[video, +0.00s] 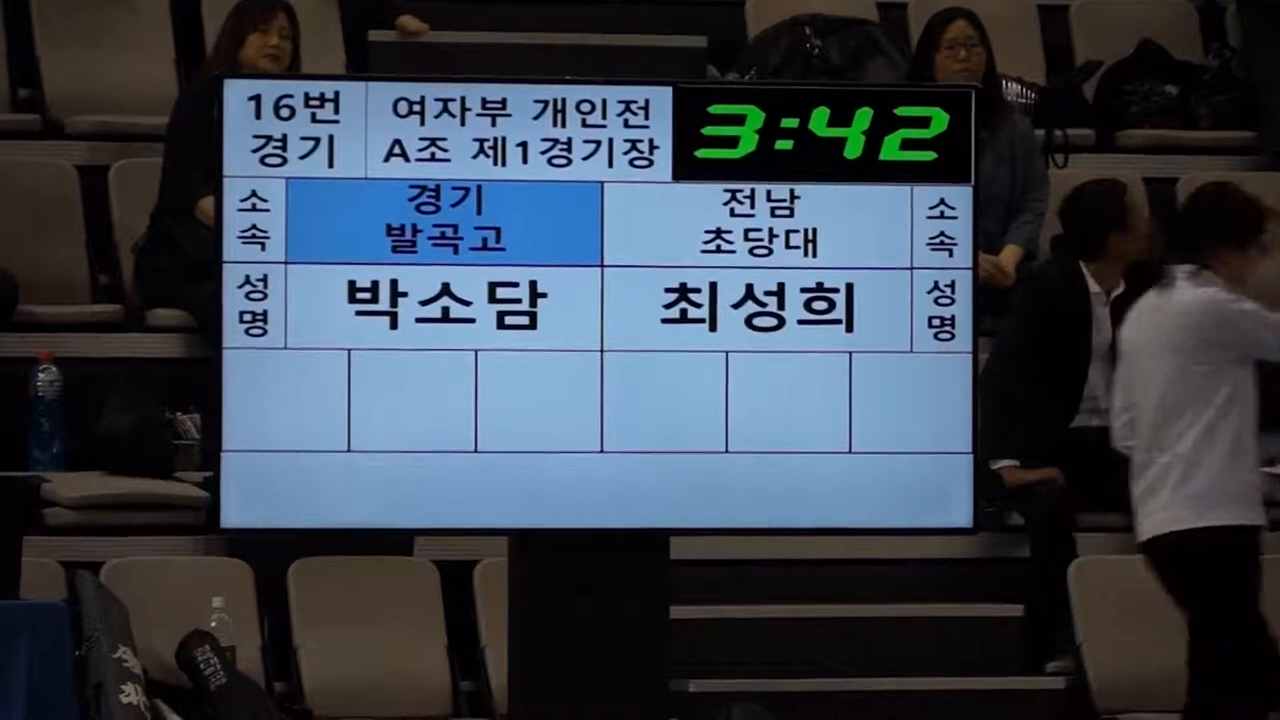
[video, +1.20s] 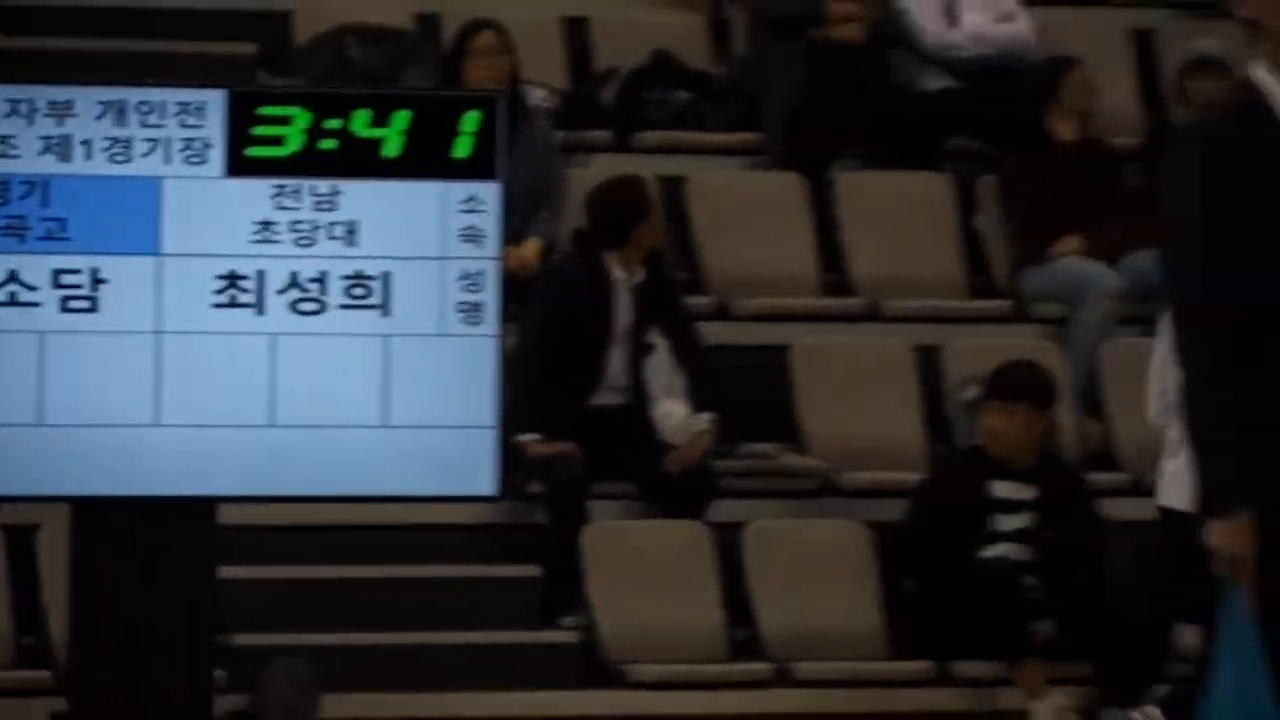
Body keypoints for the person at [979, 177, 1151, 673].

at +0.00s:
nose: (1148, 230)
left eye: (1145, 220)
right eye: (1137, 222)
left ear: (1109, 234)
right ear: (1109, 233)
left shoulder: (1138, 292)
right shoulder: (1046, 286)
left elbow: (1152, 375)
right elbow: (1005, 373)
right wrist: (1007, 460)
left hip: (1115, 444)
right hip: (1048, 446)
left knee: (1164, 487)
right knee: (1052, 506)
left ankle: (1148, 636)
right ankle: (1050, 643)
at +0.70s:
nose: (1108, 232)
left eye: (1105, 222)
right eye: (1100, 223)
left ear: (1081, 232)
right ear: (1078, 230)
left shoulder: (1103, 279)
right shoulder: (1008, 277)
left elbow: (1148, 358)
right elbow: (973, 363)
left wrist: (1162, 441)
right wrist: (968, 450)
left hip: (1077, 437)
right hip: (1009, 438)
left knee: (1143, 504)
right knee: (1009, 500)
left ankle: (1122, 631)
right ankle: (1007, 633)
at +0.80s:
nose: (1009, 227)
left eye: (1005, 217)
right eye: (1001, 218)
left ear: (982, 228)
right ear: (978, 227)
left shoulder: (1003, 276)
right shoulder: (907, 275)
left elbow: (1046, 355)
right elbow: (871, 361)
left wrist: (1060, 438)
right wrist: (866, 446)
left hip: (977, 434)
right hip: (909, 434)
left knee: (1041, 499)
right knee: (908, 497)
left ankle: (1020, 628)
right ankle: (907, 630)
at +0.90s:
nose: (903, 222)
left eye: (900, 212)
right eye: (894, 213)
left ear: (876, 223)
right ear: (870, 222)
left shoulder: (897, 272)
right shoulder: (802, 271)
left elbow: (940, 350)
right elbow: (765, 357)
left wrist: (955, 431)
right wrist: (762, 443)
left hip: (873, 428)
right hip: (804, 429)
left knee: (938, 497)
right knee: (804, 492)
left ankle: (928, 627)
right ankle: (803, 625)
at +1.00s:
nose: (818, 221)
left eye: (814, 211)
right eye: (808, 213)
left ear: (790, 224)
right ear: (783, 224)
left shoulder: (810, 277)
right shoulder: (715, 274)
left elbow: (853, 353)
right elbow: (677, 358)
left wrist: (866, 431)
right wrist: (676, 443)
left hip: (785, 428)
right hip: (717, 429)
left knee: (847, 493)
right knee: (718, 491)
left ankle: (839, 623)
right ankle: (716, 622)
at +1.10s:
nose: (740, 225)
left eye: (736, 215)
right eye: (732, 216)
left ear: (712, 229)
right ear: (710, 228)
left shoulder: (733, 280)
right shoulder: (642, 276)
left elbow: (773, 355)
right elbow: (606, 357)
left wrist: (784, 428)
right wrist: (603, 438)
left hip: (709, 425)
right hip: (644, 424)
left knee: (766, 489)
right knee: (643, 489)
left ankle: (761, 613)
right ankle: (640, 614)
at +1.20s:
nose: (660, 228)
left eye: (657, 218)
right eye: (652, 219)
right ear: (632, 228)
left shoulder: (655, 282)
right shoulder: (568, 279)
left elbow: (692, 354)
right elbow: (535, 356)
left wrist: (704, 423)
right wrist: (531, 433)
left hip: (634, 421)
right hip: (571, 421)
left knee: (686, 483)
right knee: (567, 484)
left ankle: (682, 603)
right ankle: (564, 602)